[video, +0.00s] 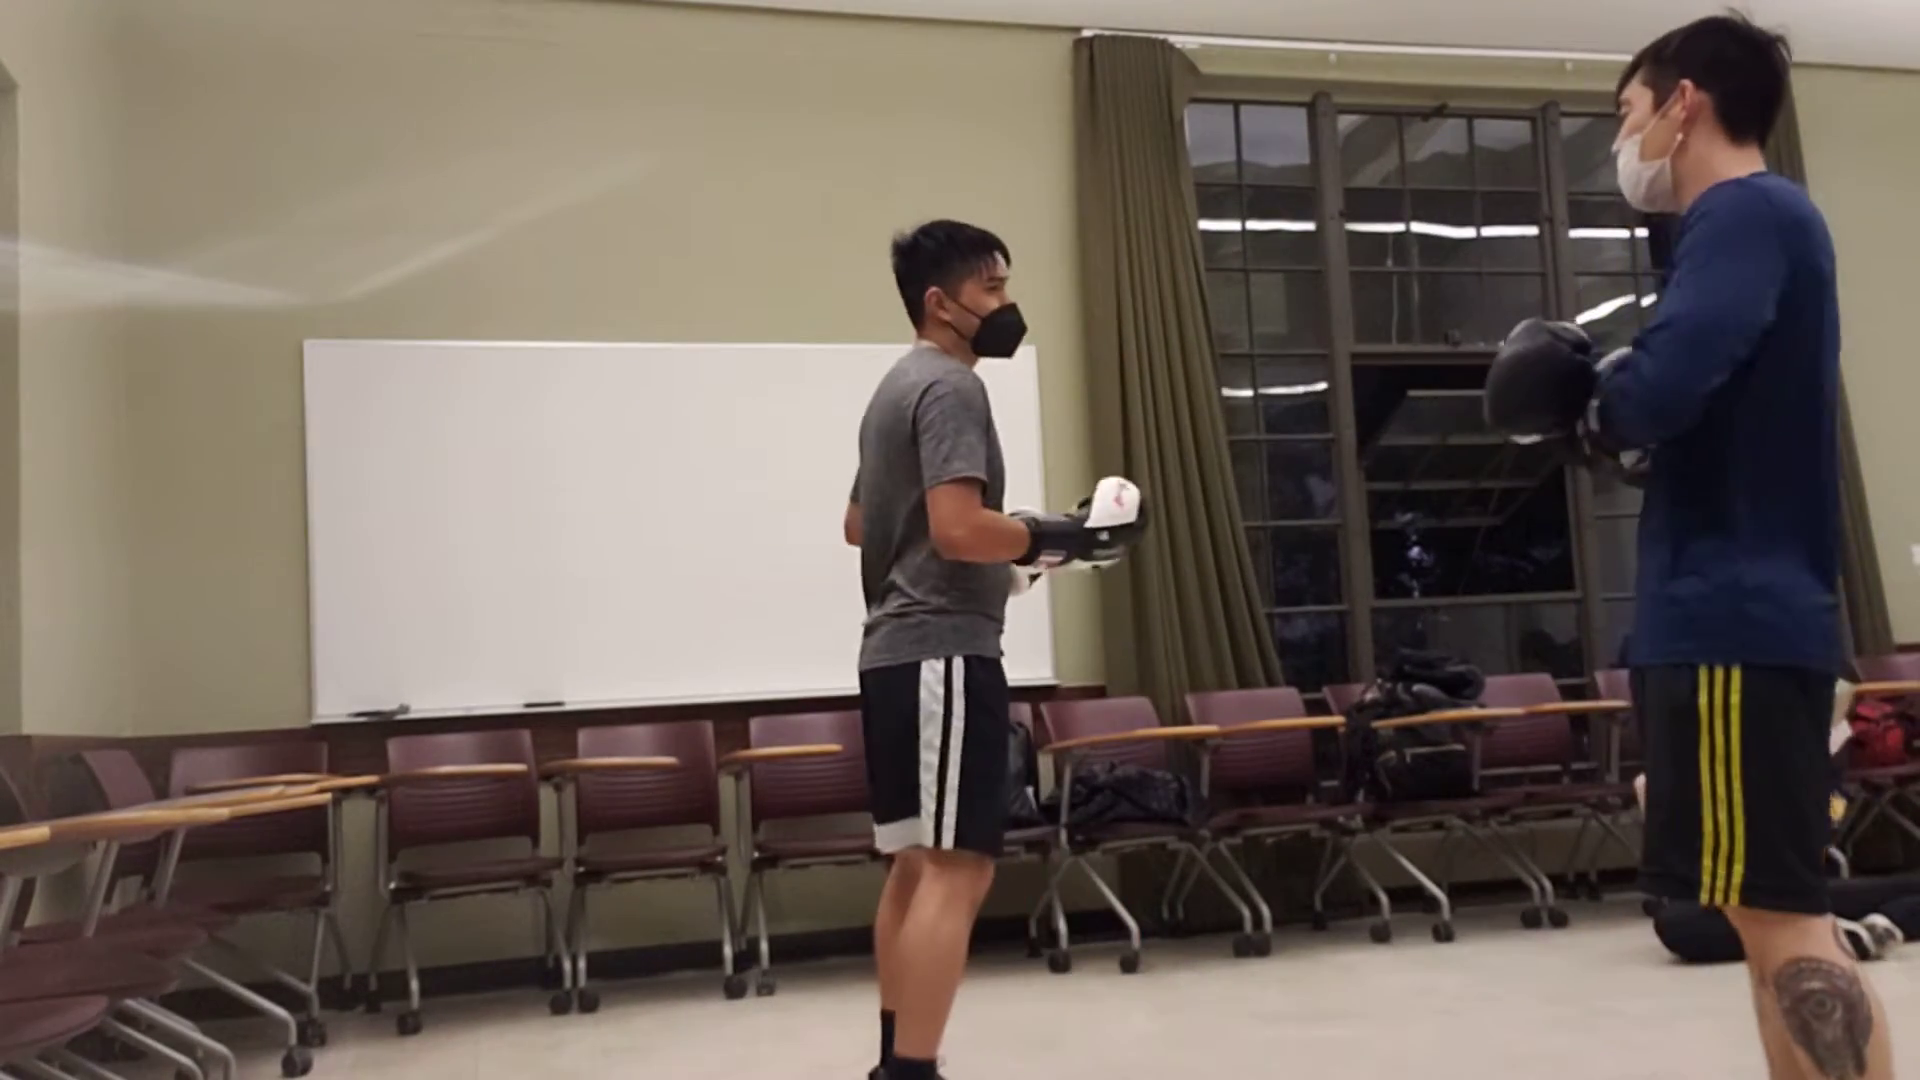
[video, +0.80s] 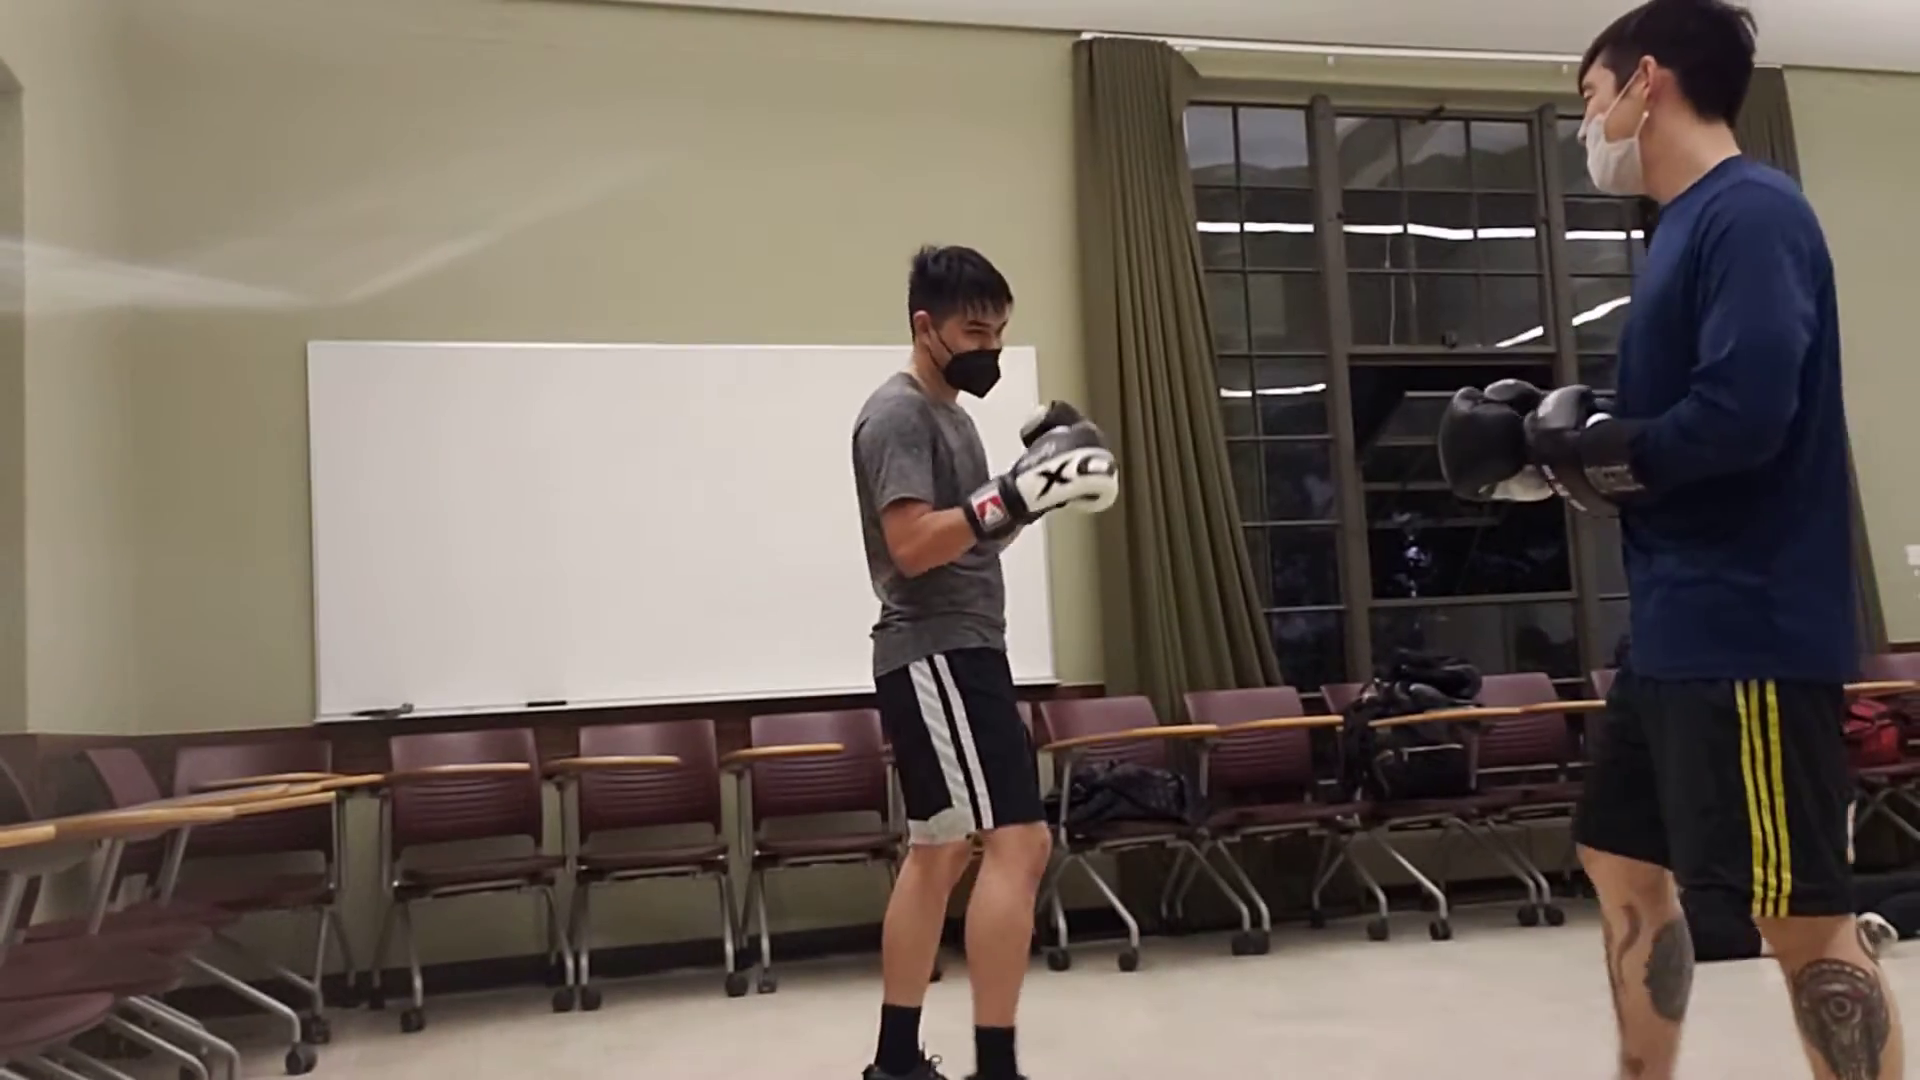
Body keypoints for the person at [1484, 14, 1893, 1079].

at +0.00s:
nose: (1620, 143)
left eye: (1628, 114)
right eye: (1619, 119)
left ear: (1687, 105)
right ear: (1709, 114)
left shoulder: (1749, 217)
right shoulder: (1736, 222)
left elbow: (1657, 397)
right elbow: (1684, 415)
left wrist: (1590, 387)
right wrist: (1597, 399)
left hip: (1743, 627)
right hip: (1725, 626)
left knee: (1775, 910)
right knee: (1768, 908)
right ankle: (1806, 1077)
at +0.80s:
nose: (1585, 129)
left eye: (1590, 101)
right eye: (1582, 107)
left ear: (1649, 85)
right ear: (1668, 92)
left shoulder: (1750, 211)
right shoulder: (1688, 229)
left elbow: (1740, 418)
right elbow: (1663, 409)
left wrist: (1582, 445)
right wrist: (1548, 443)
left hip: (1757, 636)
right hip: (1680, 633)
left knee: (1800, 917)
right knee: (1623, 856)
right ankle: (1643, 1075)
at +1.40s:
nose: (1445, 195)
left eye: (1451, 169)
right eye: (1442, 176)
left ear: (1503, 154)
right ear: (1519, 161)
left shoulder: (1597, 256)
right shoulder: (1542, 287)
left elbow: (1619, 427)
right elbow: (1460, 433)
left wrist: (1499, 486)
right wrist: (1330, 395)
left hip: (1631, 637)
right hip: (1572, 640)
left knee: (1651, 891)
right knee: (1605, 893)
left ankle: (1799, 1072)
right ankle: (1646, 1076)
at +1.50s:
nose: (1426, 207)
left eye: (1430, 182)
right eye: (1422, 189)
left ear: (1482, 162)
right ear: (1497, 172)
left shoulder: (1591, 260)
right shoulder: (1519, 308)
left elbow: (1612, 434)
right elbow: (1405, 428)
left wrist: (1481, 477)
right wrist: (1262, 408)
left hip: (1623, 629)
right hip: (1563, 633)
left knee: (1599, 888)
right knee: (1596, 890)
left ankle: (1762, 1069)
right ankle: (1644, 1079)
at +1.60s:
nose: (1412, 212)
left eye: (1417, 186)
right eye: (1408, 194)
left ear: (1466, 163)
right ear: (1481, 174)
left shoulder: (1581, 261)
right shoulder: (1509, 308)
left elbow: (1619, 434)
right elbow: (1415, 455)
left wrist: (1481, 484)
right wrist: (1277, 439)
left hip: (1612, 627)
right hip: (1556, 632)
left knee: (1592, 885)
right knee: (1590, 891)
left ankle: (1699, 1072)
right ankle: (1646, 1071)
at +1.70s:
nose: (1399, 211)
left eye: (1403, 185)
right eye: (1394, 192)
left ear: (1456, 166)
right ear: (1470, 173)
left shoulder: (1562, 267)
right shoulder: (1507, 293)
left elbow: (1617, 439)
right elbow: (1503, 472)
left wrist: (1472, 487)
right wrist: (1333, 501)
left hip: (1598, 636)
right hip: (1553, 638)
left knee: (1591, 897)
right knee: (1595, 897)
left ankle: (1633, 1075)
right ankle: (1638, 1073)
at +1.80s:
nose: (1385, 211)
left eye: (1386, 185)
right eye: (1379, 191)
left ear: (1433, 165)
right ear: (1451, 171)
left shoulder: (1546, 265)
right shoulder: (1494, 293)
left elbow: (1605, 440)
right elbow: (1522, 475)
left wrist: (1453, 484)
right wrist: (1402, 523)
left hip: (1576, 642)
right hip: (1545, 642)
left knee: (1548, 900)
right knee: (1612, 905)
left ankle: (1592, 1078)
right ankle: (1638, 1076)